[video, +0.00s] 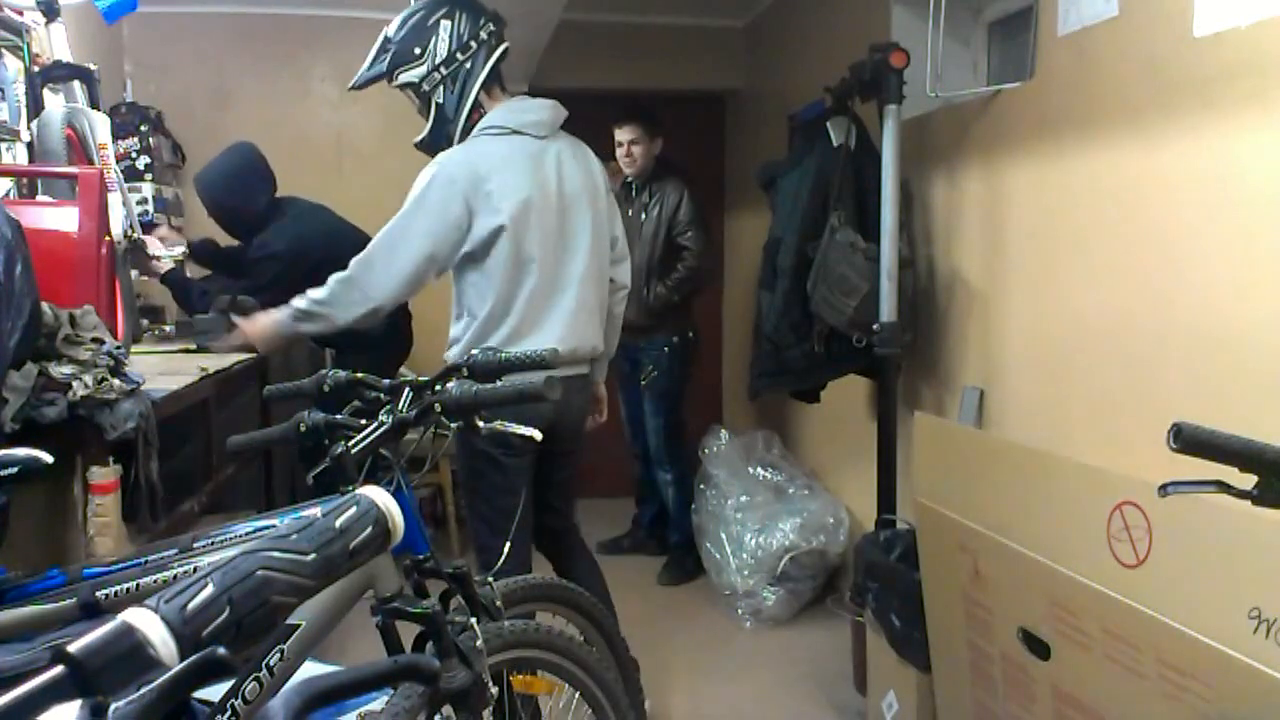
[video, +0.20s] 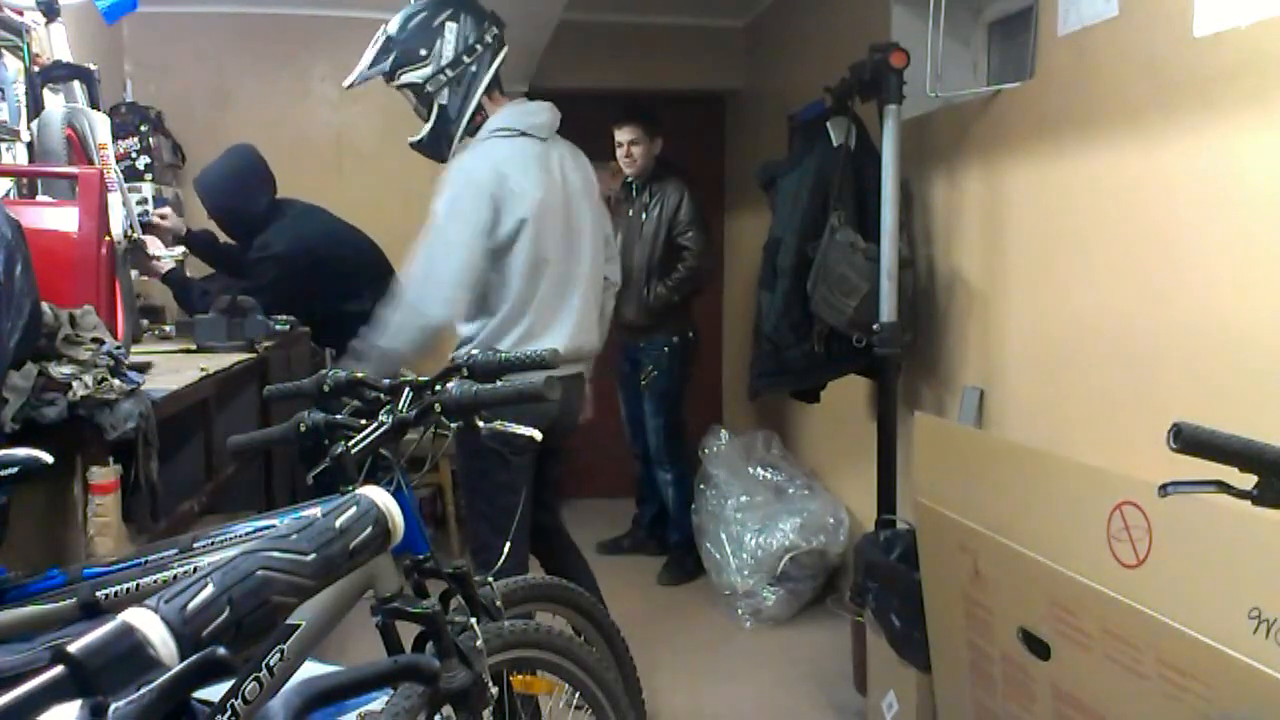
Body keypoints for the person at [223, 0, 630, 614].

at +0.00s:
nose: (421, 110)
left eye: (423, 91)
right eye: (416, 93)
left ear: (454, 78)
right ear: (491, 71)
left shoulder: (465, 167)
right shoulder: (583, 161)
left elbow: (381, 279)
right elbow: (618, 277)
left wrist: (283, 320)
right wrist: (598, 369)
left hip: (500, 394)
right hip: (573, 390)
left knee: (502, 559)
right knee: (560, 532)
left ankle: (511, 697)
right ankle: (616, 674)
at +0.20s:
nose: (423, 113)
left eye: (425, 95)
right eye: (417, 97)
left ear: (460, 82)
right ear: (485, 75)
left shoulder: (482, 165)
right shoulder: (573, 161)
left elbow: (429, 298)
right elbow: (608, 271)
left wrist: (356, 372)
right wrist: (577, 357)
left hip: (500, 392)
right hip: (564, 387)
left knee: (498, 551)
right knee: (545, 526)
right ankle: (608, 669)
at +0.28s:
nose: (421, 115)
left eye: (425, 97)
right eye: (417, 99)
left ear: (462, 81)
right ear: (479, 78)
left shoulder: (500, 165)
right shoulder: (564, 162)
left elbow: (484, 304)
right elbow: (597, 275)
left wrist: (423, 377)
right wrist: (554, 352)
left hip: (503, 393)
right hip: (555, 386)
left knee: (493, 553)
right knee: (542, 530)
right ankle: (606, 669)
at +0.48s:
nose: (461, 119)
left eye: (475, 102)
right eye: (448, 105)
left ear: (514, 90)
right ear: (435, 101)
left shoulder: (560, 174)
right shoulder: (498, 172)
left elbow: (564, 299)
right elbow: (495, 292)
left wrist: (507, 376)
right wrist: (470, 369)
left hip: (553, 382)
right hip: (508, 379)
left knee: (517, 541)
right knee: (527, 532)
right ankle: (581, 652)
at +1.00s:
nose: (504, 136)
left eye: (515, 123)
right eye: (501, 122)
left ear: (557, 117)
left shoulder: (604, 203)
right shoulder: (523, 199)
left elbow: (600, 323)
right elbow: (490, 303)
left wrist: (527, 360)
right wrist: (427, 333)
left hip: (568, 398)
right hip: (509, 393)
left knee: (535, 552)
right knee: (500, 544)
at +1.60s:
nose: (522, 112)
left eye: (526, 95)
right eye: (522, 96)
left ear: (555, 94)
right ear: (596, 97)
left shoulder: (591, 193)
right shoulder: (626, 189)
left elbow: (574, 334)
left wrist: (495, 406)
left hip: (566, 416)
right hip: (594, 409)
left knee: (528, 565)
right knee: (542, 556)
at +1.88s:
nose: (530, 114)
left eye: (531, 99)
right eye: (528, 98)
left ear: (551, 97)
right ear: (620, 94)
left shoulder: (578, 192)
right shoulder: (655, 193)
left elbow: (566, 331)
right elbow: (661, 315)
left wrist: (497, 430)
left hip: (565, 414)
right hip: (610, 409)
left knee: (539, 552)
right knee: (554, 540)